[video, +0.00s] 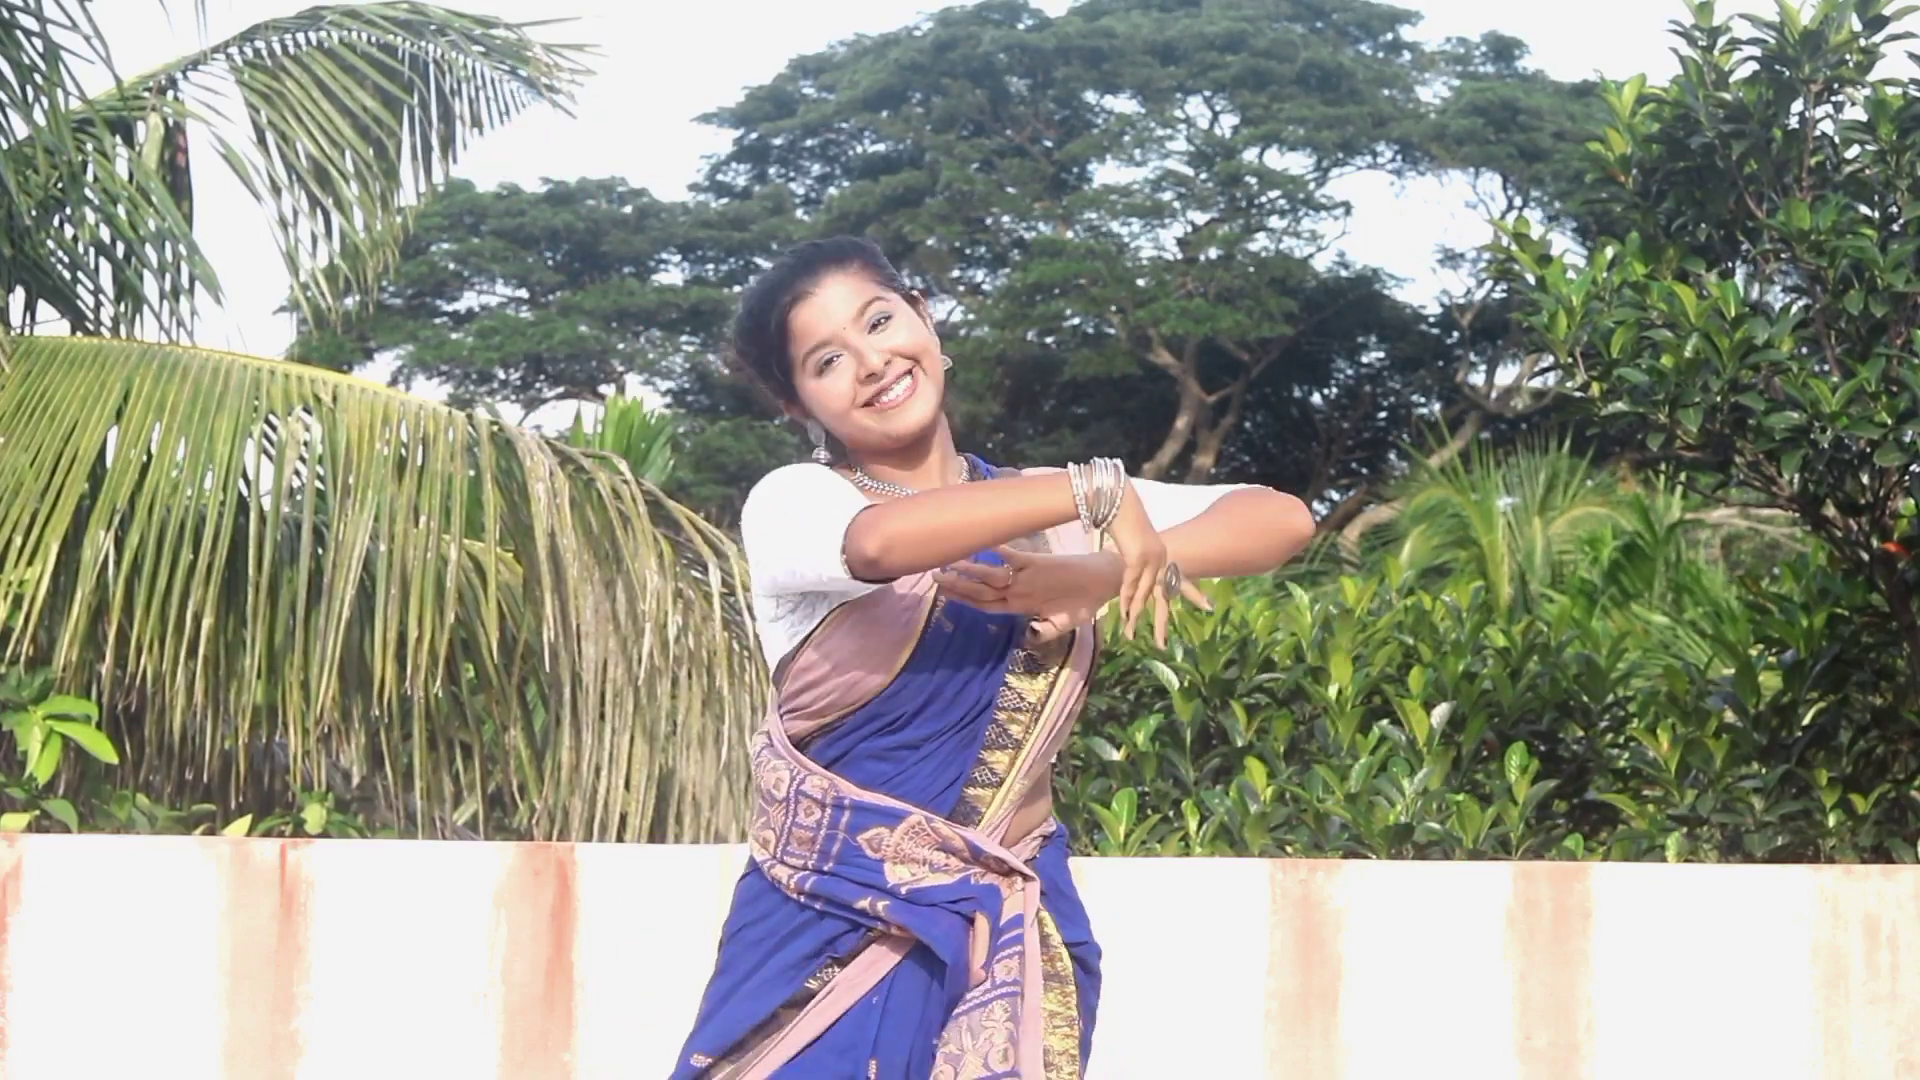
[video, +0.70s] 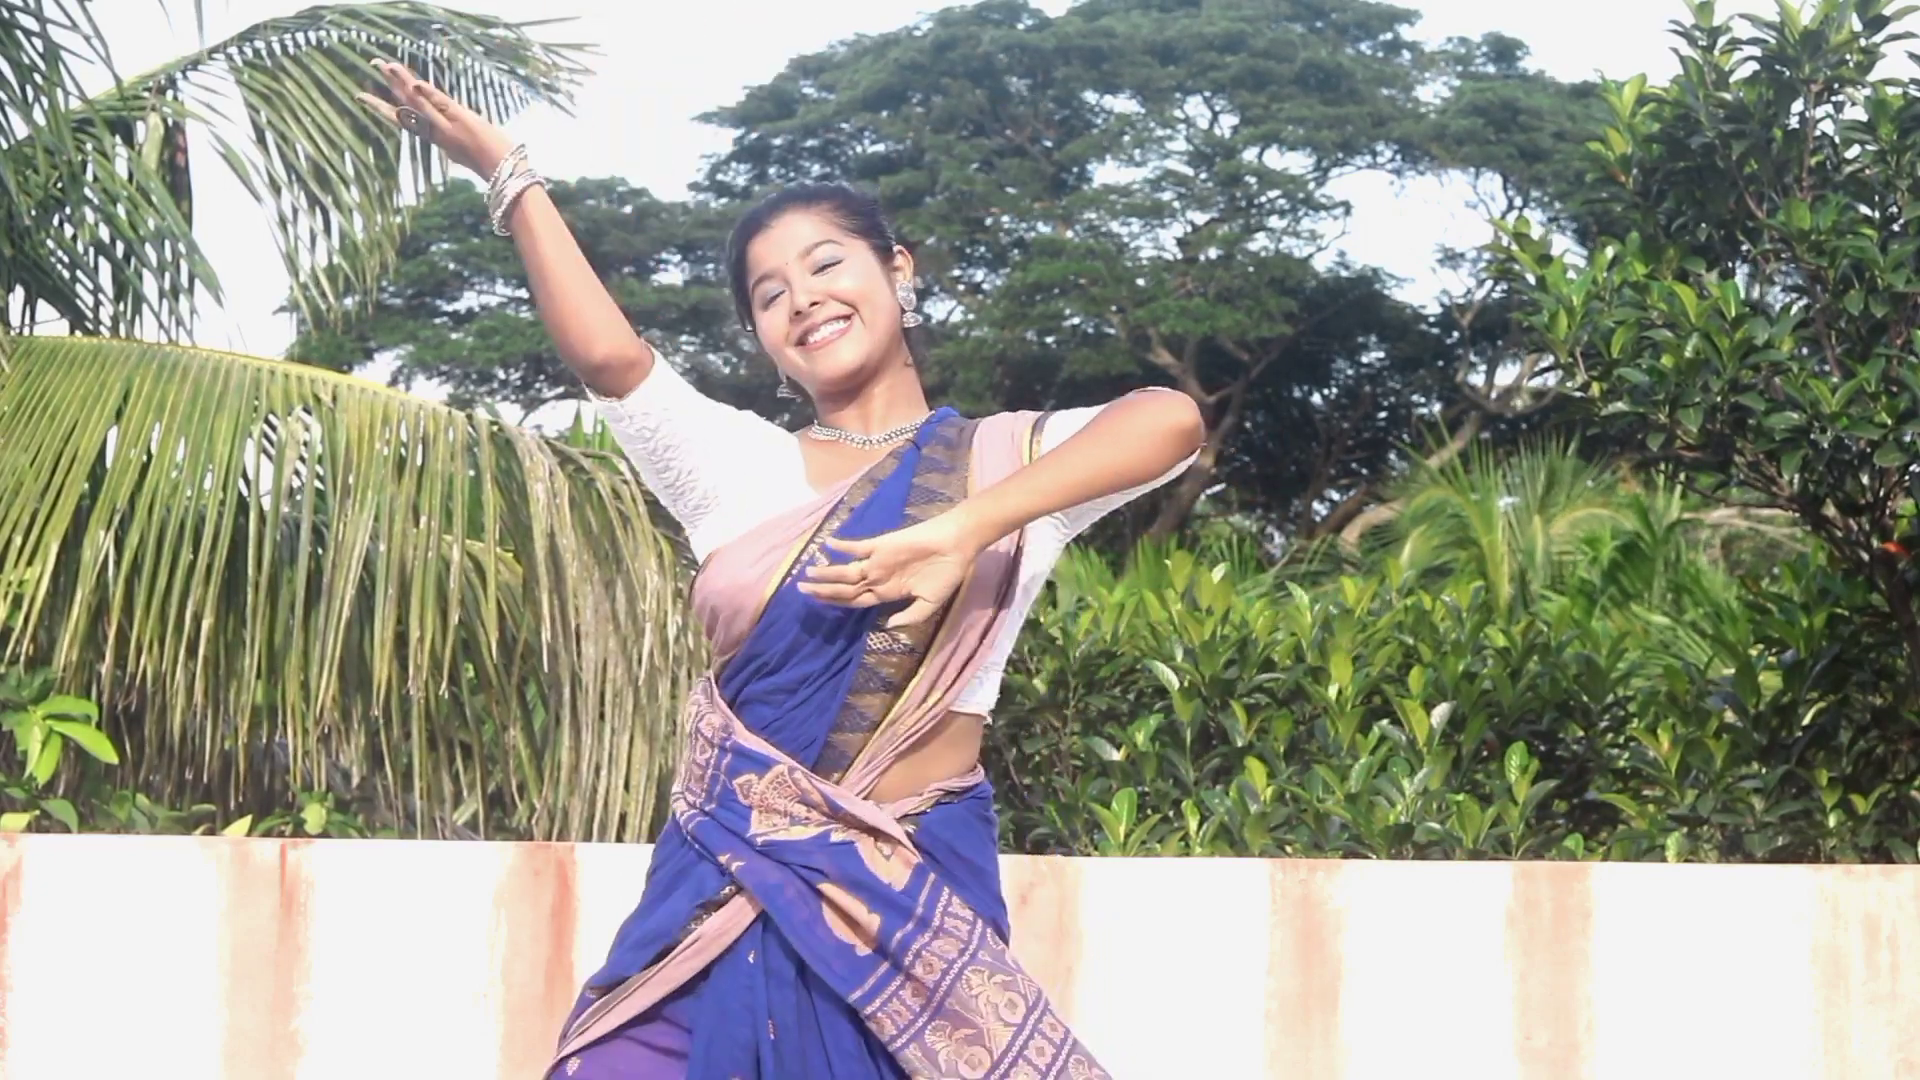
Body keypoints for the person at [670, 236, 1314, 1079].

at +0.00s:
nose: (872, 359)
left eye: (880, 319)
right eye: (827, 360)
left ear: (928, 325)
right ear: (805, 411)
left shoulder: (1044, 497)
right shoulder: (793, 501)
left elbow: (1288, 521)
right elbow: (877, 543)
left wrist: (1100, 573)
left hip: (1012, 940)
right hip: (823, 929)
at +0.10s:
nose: (850, 359)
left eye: (856, 318)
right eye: (806, 364)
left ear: (906, 321)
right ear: (791, 417)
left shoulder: (1052, 487)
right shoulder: (782, 502)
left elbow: (1280, 501)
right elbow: (880, 514)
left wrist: (1105, 566)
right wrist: (1080, 414)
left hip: (1008, 917)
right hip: (817, 912)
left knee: (1012, 1063)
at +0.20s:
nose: (820, 353)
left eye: (825, 312)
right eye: (778, 362)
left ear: (878, 309)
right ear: (764, 421)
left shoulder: (1025, 481)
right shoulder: (767, 504)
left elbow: (1264, 467)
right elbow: (862, 456)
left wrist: (1101, 553)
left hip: (1006, 928)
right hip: (812, 923)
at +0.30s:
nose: (807, 349)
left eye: (815, 309)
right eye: (769, 356)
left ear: (867, 308)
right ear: (753, 413)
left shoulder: (1025, 476)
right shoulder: (765, 497)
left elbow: (1256, 452)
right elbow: (841, 429)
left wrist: (1097, 547)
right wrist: (903, 215)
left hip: (1001, 949)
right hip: (801, 934)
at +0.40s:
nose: (801, 332)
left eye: (816, 295)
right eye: (771, 326)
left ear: (879, 308)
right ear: (759, 379)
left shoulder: (1026, 463)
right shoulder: (767, 496)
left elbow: (1249, 431)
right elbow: (758, 390)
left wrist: (1084, 531)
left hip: (987, 937)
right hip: (782, 928)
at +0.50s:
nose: (803, 323)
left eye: (816, 284)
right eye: (766, 326)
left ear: (882, 292)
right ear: (751, 376)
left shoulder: (1024, 461)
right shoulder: (764, 487)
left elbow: (1242, 426)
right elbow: (718, 375)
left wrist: (1067, 529)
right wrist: (632, 157)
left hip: (972, 930)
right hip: (769, 917)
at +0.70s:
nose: (802, 299)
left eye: (828, 262)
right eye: (770, 294)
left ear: (901, 272)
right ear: (759, 343)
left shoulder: (1004, 449)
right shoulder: (742, 466)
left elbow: (1177, 421)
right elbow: (606, 353)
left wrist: (966, 530)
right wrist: (506, 167)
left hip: (912, 877)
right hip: (720, 869)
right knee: (606, 1069)